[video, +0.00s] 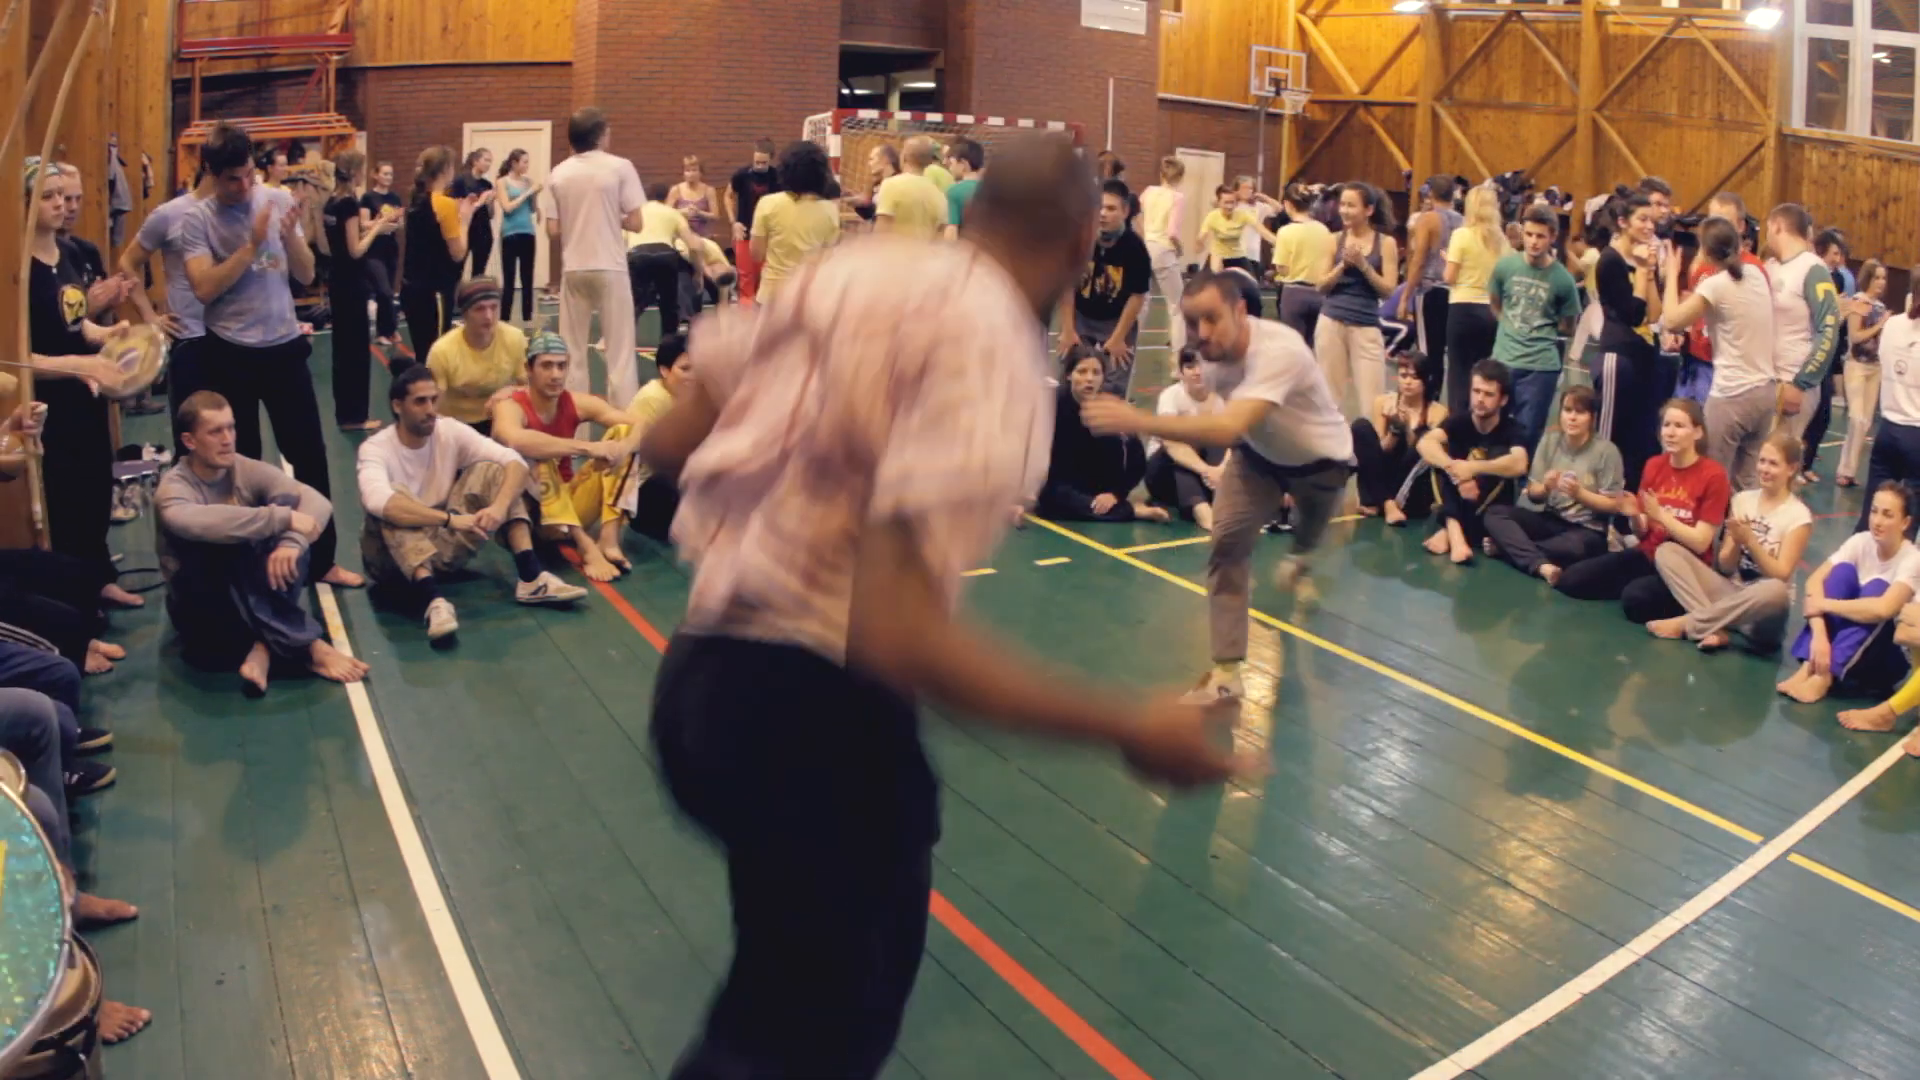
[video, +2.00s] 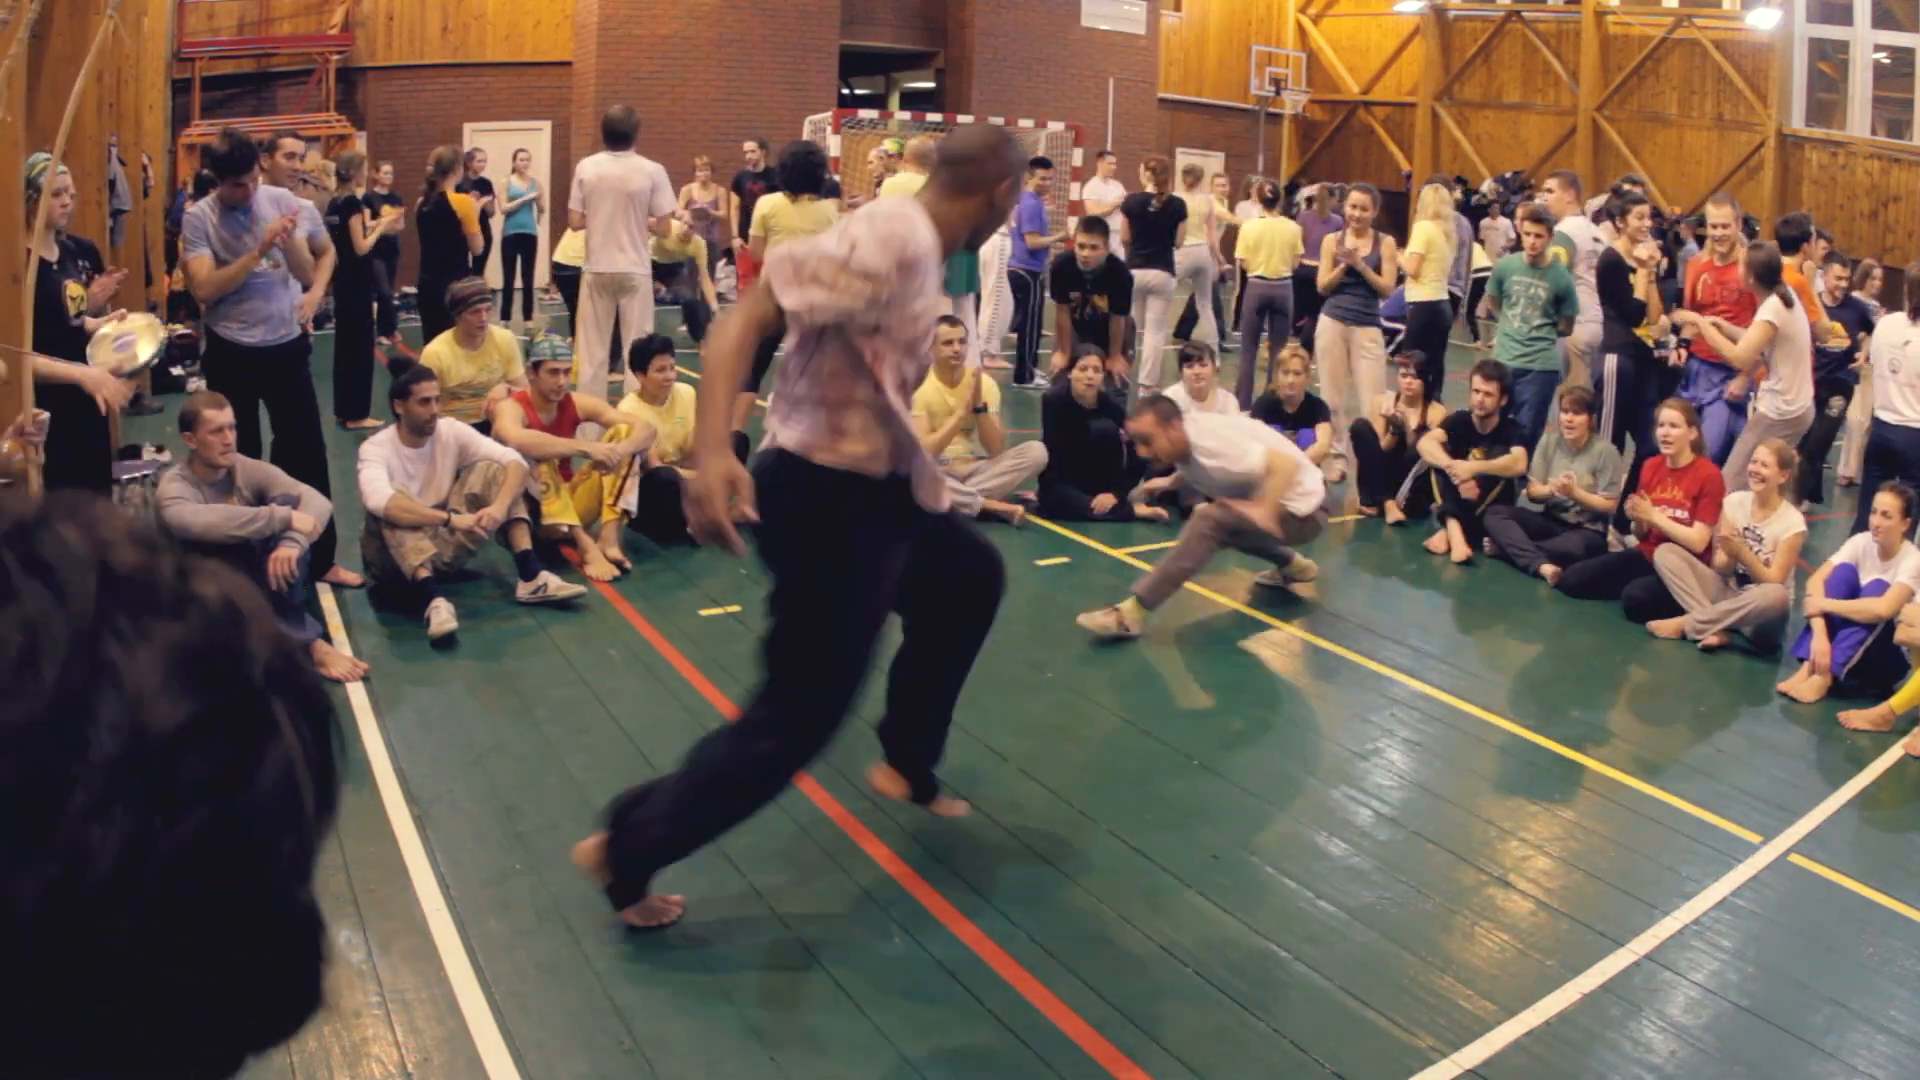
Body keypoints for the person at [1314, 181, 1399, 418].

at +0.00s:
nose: (1344, 211)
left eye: (1351, 205)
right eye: (1342, 204)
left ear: (1369, 211)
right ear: (1338, 207)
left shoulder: (1386, 243)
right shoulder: (1335, 240)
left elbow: (1388, 288)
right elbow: (1322, 285)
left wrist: (1363, 265)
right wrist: (1342, 266)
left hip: (1365, 321)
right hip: (1331, 316)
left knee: (1371, 395)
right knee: (1330, 392)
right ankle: (1328, 450)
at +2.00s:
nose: (1357, 214)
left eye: (1363, 209)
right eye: (1352, 207)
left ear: (1374, 212)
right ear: (1345, 208)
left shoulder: (1385, 242)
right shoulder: (1331, 240)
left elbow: (1387, 288)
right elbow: (1322, 286)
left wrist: (1360, 265)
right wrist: (1344, 265)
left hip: (1367, 323)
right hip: (1332, 320)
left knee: (1372, 395)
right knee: (1333, 394)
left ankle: (1371, 461)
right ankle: (1336, 457)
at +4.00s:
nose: (1364, 215)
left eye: (1370, 210)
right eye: (1359, 208)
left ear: (1377, 214)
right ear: (1347, 207)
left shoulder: (1384, 244)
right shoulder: (1331, 240)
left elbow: (1385, 288)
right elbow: (1322, 283)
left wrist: (1360, 265)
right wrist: (1347, 265)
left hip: (1366, 326)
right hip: (1331, 323)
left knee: (1371, 391)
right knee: (1332, 390)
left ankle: (1373, 458)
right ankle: (1337, 456)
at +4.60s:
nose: (1364, 214)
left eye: (1370, 210)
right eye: (1359, 207)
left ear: (1377, 214)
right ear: (1347, 207)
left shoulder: (1385, 243)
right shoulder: (1331, 239)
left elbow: (1385, 288)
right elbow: (1322, 286)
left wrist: (1360, 264)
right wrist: (1344, 264)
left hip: (1367, 322)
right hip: (1331, 318)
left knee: (1372, 395)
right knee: (1333, 391)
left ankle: (1373, 461)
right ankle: (1337, 456)